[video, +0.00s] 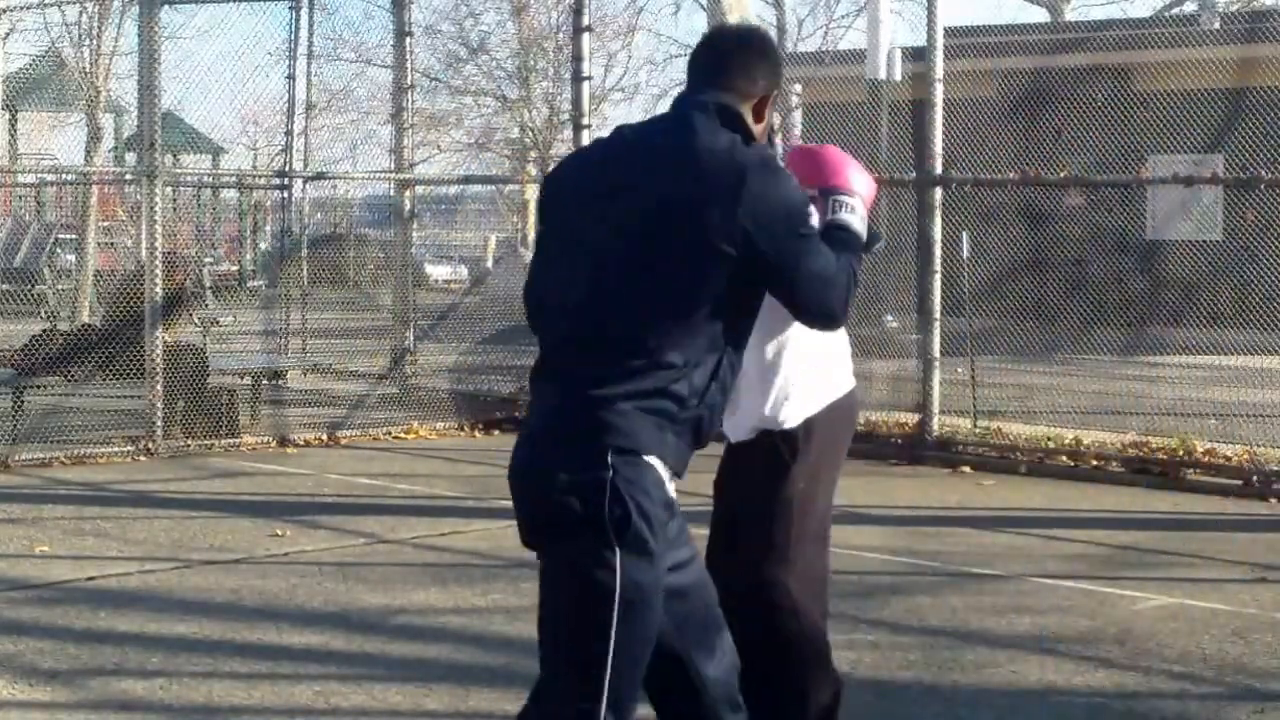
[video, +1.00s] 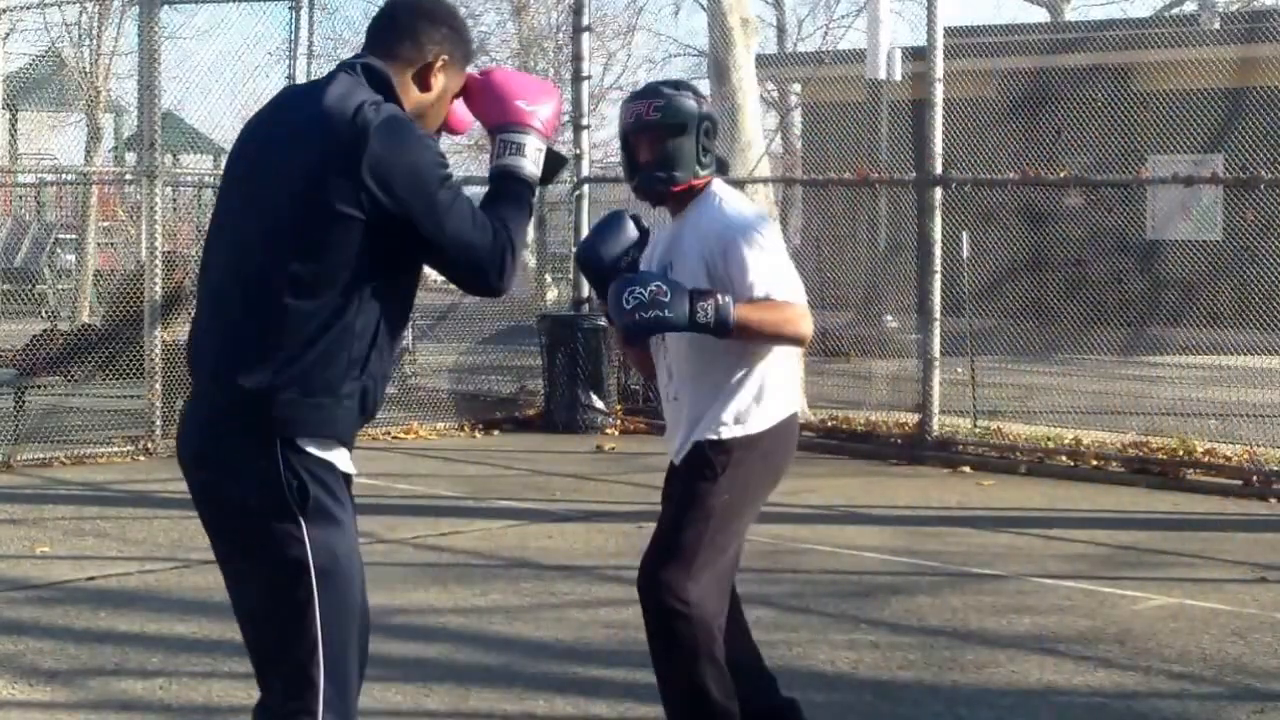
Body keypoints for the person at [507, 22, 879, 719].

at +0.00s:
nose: (773, 124)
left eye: (772, 112)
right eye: (776, 110)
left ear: (690, 87)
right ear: (763, 105)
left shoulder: (579, 166)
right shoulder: (744, 172)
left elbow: (543, 303)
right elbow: (826, 299)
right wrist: (848, 217)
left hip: (552, 447)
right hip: (623, 463)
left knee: (703, 676)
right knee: (587, 696)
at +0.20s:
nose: (665, 108)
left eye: (666, 95)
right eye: (669, 93)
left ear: (586, 58)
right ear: (654, 79)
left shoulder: (488, 128)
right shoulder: (611, 144)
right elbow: (716, 264)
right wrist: (729, 167)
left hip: (443, 438)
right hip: (508, 457)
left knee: (584, 602)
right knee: (543, 692)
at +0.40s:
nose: (570, 122)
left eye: (572, 110)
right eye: (573, 107)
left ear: (493, 78)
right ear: (557, 94)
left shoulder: (407, 143)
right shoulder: (533, 154)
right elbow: (632, 267)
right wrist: (632, 170)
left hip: (349, 435)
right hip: (426, 446)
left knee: (430, 652)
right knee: (495, 683)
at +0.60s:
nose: (499, 110)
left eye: (498, 101)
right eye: (500, 99)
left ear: (416, 75)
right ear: (484, 89)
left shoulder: (327, 142)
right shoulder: (483, 146)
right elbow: (560, 270)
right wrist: (565, 173)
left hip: (293, 430)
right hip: (381, 438)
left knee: (386, 667)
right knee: (444, 681)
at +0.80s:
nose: (453, 123)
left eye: (459, 109)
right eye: (458, 106)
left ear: (377, 61)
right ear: (438, 80)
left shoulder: (278, 129)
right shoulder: (403, 140)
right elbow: (508, 274)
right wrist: (525, 158)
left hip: (245, 445)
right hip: (318, 456)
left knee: (309, 690)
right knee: (356, 701)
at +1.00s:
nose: (448, 117)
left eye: (456, 100)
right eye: (454, 96)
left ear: (376, 52)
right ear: (429, 71)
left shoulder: (284, 112)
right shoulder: (379, 134)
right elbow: (491, 265)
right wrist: (517, 151)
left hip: (229, 433)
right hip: (287, 448)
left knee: (297, 688)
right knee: (319, 695)